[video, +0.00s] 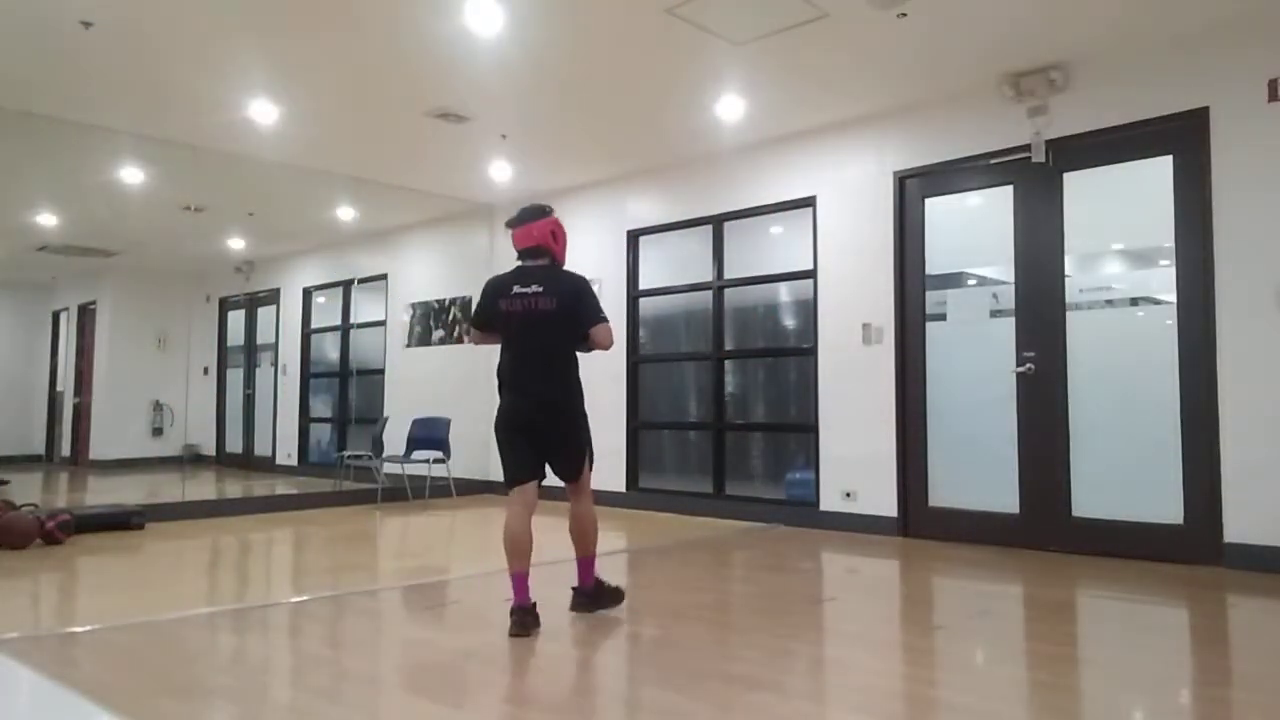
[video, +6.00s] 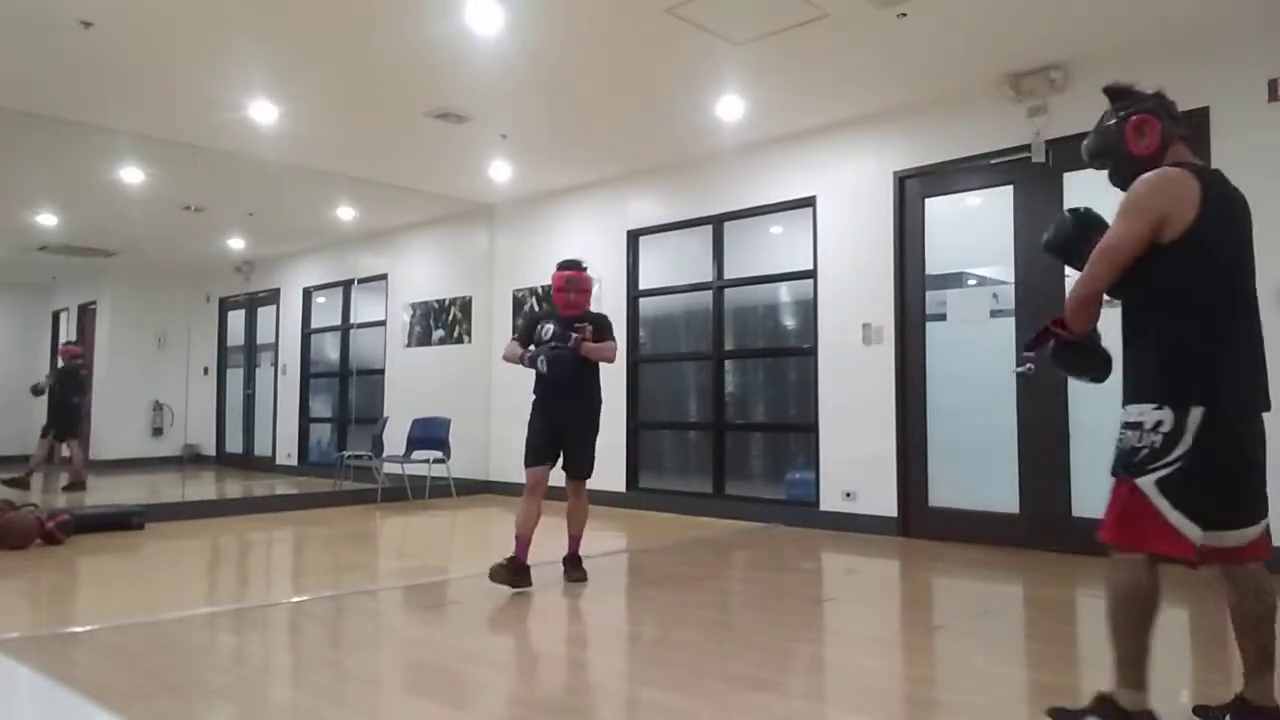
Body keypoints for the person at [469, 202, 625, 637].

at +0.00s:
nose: (565, 242)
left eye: (557, 235)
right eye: (561, 235)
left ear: (517, 243)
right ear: (556, 239)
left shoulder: (496, 286)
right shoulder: (573, 284)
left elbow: (481, 333)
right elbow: (603, 338)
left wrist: (521, 330)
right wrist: (569, 334)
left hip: (513, 409)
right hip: (562, 408)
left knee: (519, 500)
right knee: (579, 492)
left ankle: (521, 607)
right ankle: (586, 586)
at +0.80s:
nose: (605, 269)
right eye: (603, 264)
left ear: (567, 270)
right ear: (601, 268)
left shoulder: (552, 309)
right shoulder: (619, 308)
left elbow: (527, 359)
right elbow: (648, 354)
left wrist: (557, 368)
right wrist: (621, 353)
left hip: (568, 410)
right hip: (605, 409)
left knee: (574, 490)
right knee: (599, 492)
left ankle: (574, 568)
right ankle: (588, 582)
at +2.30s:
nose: (597, 295)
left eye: (599, 291)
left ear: (604, 295)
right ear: (632, 295)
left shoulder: (594, 328)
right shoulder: (647, 327)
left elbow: (572, 367)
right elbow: (654, 360)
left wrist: (596, 348)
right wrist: (630, 346)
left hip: (602, 413)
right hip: (635, 412)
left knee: (604, 478)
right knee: (634, 478)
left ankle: (605, 546)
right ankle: (634, 547)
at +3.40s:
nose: (597, 321)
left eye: (598, 315)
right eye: (594, 316)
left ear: (612, 308)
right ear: (596, 313)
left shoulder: (634, 333)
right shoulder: (601, 337)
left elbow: (638, 371)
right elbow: (587, 366)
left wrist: (606, 373)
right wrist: (582, 382)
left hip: (620, 411)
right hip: (606, 410)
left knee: (605, 470)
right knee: (618, 472)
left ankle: (610, 539)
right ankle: (626, 536)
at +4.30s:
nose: (594, 312)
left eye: (599, 306)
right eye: (590, 306)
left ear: (613, 303)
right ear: (585, 305)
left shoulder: (627, 329)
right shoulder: (583, 332)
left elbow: (627, 366)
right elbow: (556, 359)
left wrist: (593, 381)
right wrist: (566, 369)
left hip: (616, 412)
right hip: (585, 411)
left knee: (616, 476)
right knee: (563, 470)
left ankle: (620, 543)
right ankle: (566, 539)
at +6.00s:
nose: (572, 298)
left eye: (579, 291)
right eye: (565, 290)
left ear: (589, 291)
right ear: (552, 290)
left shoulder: (598, 322)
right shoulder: (537, 321)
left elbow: (610, 353)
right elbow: (509, 351)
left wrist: (578, 345)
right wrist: (528, 356)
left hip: (582, 416)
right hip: (545, 413)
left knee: (576, 487)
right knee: (534, 482)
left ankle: (573, 558)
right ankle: (519, 562)